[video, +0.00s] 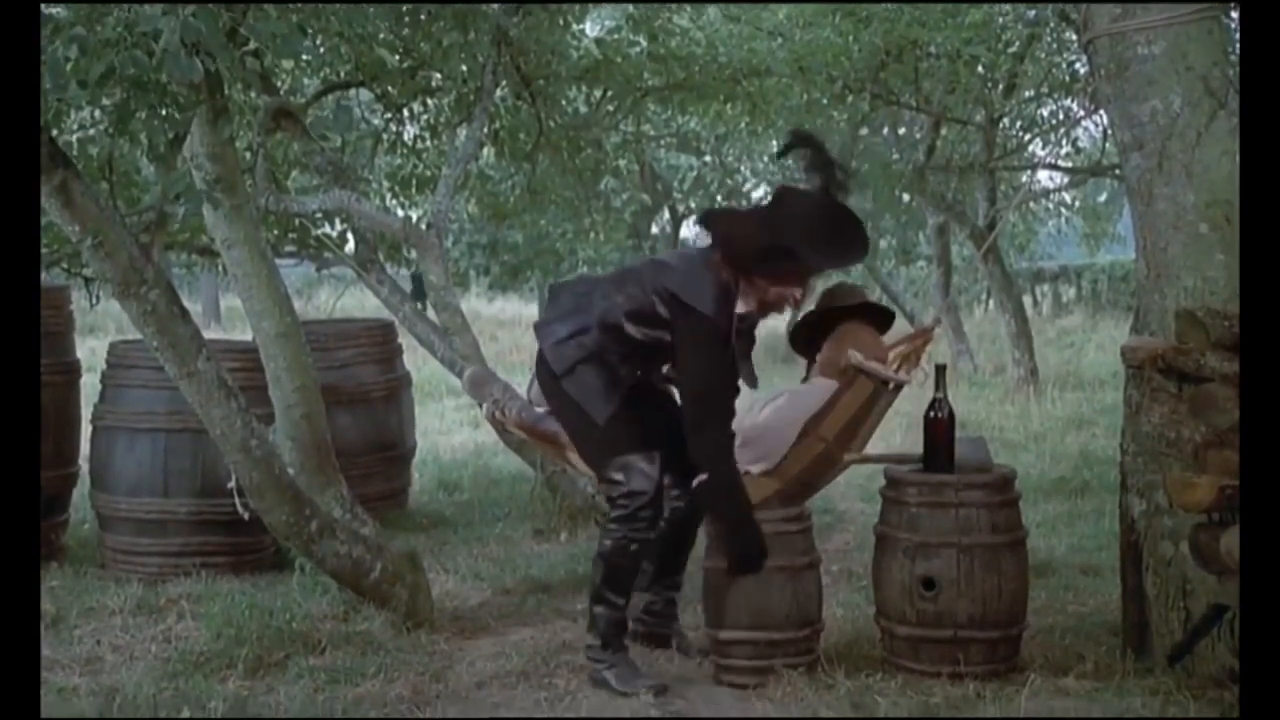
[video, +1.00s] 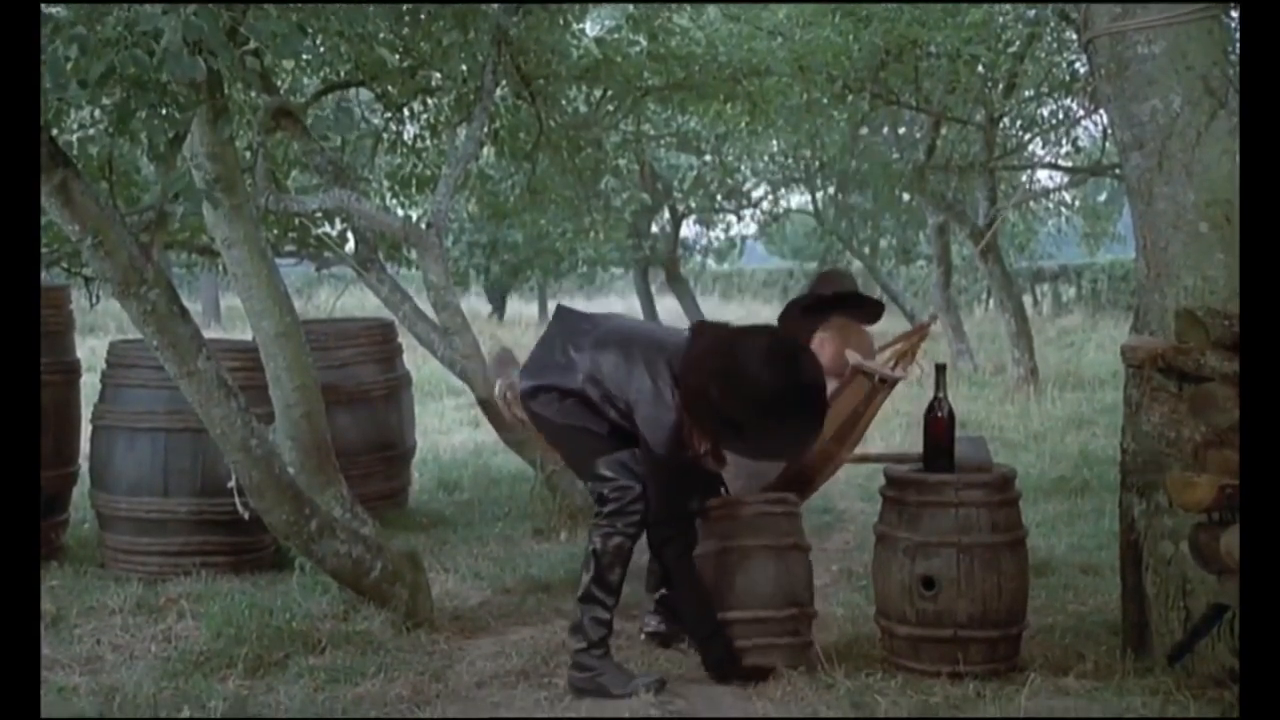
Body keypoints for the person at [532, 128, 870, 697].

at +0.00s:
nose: (800, 299)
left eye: (808, 285)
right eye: (795, 282)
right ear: (760, 268)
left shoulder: (729, 297)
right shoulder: (704, 304)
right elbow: (710, 442)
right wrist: (742, 538)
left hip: (630, 365)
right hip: (575, 358)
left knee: (689, 481)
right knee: (639, 485)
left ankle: (654, 619)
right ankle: (606, 652)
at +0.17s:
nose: (794, 361)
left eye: (801, 352)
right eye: (793, 348)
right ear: (766, 326)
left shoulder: (726, 332)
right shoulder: (702, 352)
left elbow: (703, 469)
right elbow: (696, 483)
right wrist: (727, 592)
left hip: (631, 372)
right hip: (570, 366)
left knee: (680, 489)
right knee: (629, 494)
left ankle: (664, 620)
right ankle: (604, 650)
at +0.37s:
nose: (798, 412)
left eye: (805, 403)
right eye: (796, 399)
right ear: (767, 377)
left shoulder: (734, 356)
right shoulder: (703, 390)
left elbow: (705, 497)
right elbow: (695, 523)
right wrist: (728, 644)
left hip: (625, 370)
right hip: (568, 375)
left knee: (682, 490)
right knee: (638, 492)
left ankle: (665, 615)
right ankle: (602, 652)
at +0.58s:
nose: (780, 434)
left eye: (790, 426)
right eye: (783, 422)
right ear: (763, 395)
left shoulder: (730, 361)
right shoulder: (700, 409)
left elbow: (711, 500)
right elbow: (693, 534)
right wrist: (728, 659)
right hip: (568, 382)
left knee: (687, 487)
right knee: (639, 494)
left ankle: (671, 613)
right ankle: (590, 661)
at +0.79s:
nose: (752, 449)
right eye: (757, 438)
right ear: (737, 404)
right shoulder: (678, 409)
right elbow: (677, 548)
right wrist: (722, 655)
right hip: (563, 381)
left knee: (695, 487)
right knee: (629, 488)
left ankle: (670, 612)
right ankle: (590, 659)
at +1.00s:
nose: (723, 455)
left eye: (735, 445)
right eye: (722, 441)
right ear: (705, 410)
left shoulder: (715, 367)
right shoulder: (663, 415)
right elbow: (670, 554)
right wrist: (721, 661)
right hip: (554, 384)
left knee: (690, 493)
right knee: (622, 493)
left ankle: (665, 615)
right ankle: (589, 660)